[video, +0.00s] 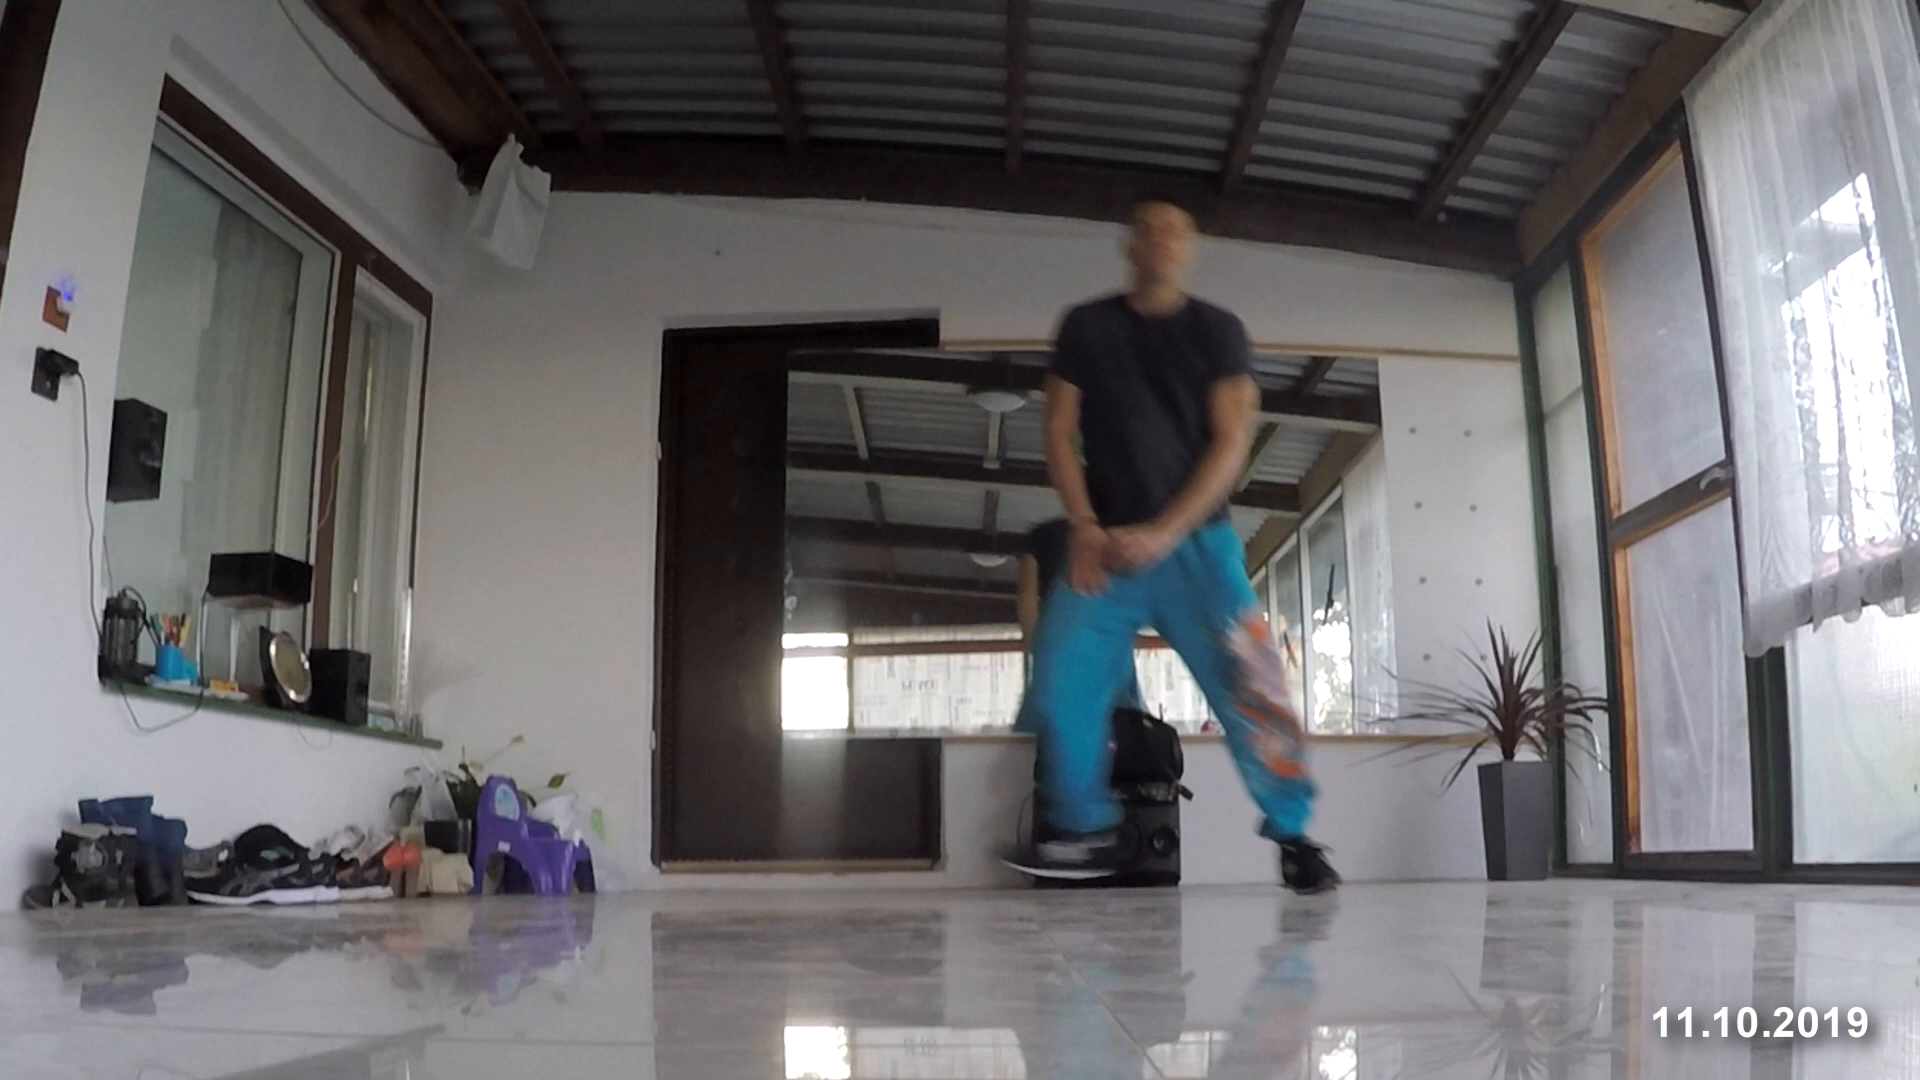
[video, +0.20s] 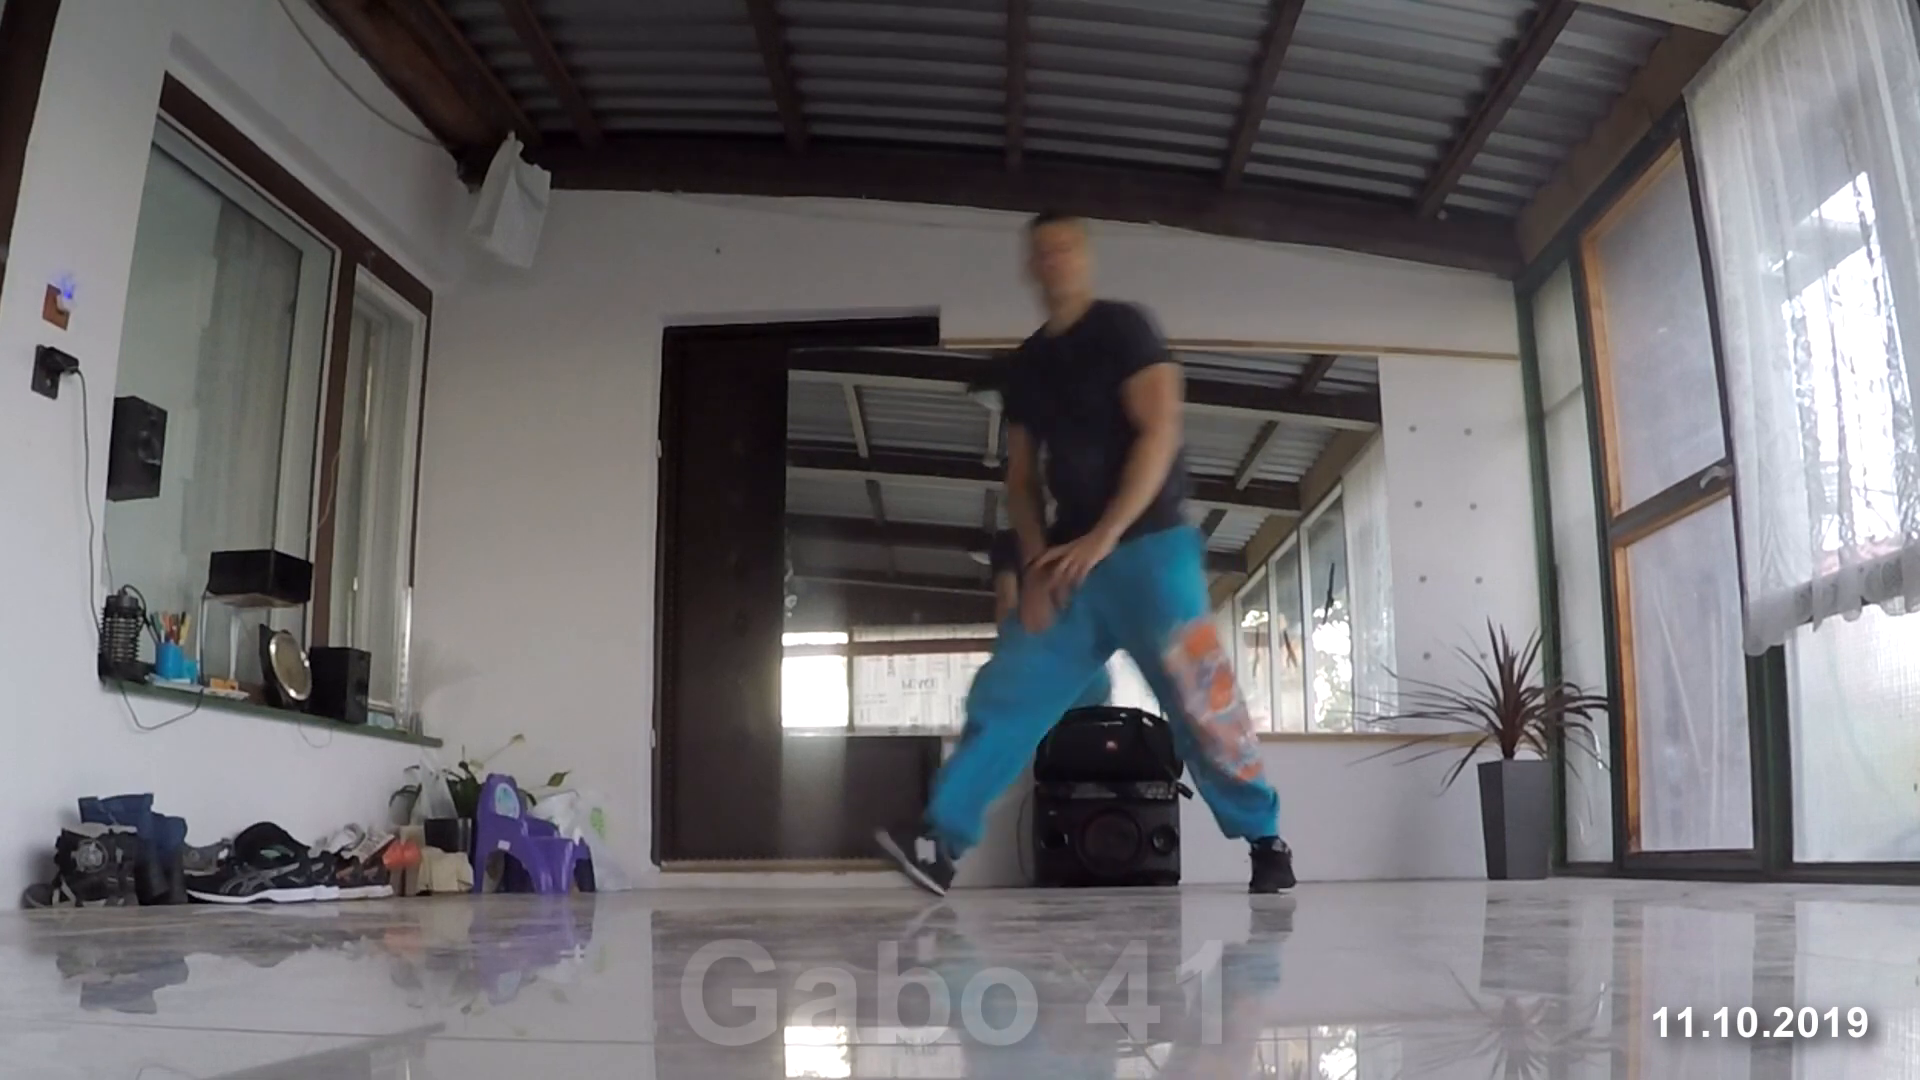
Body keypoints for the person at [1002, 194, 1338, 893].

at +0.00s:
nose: (1159, 244)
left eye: (1172, 233)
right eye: (1148, 232)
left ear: (1191, 248)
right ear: (1129, 245)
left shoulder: (1217, 330)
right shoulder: (1085, 326)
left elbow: (1231, 447)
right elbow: (1059, 433)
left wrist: (1163, 530)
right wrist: (1082, 524)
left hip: (1196, 543)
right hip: (1103, 544)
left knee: (1249, 685)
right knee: (1062, 692)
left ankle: (1295, 837)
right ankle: (1084, 836)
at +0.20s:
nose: (1055, 262)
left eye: (1065, 249)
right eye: (1044, 252)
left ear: (1088, 257)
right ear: (1030, 266)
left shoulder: (1126, 326)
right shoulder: (1027, 363)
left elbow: (1161, 432)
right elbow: (1020, 480)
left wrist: (1103, 534)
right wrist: (1035, 564)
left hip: (1152, 548)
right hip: (1068, 560)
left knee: (1198, 694)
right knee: (1009, 693)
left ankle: (1265, 840)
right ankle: (940, 842)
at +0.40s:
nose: (933, 273)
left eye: (945, 260)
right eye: (922, 265)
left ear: (974, 270)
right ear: (914, 281)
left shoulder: (1009, 333)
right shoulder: (929, 378)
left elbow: (1068, 430)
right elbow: (940, 482)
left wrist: (1054, 543)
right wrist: (953, 559)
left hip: (1064, 547)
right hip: (984, 563)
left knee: (1108, 681)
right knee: (939, 697)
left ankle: (1219, 803)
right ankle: (921, 854)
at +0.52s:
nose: (896, 274)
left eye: (908, 261)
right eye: (884, 264)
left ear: (934, 269)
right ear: (872, 279)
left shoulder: (979, 333)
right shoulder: (883, 374)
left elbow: (1063, 413)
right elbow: (852, 470)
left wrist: (1066, 512)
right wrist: (851, 543)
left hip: (1017, 530)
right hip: (949, 543)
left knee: (979, 652)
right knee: (913, 688)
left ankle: (1111, 743)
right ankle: (917, 854)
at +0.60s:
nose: (885, 263)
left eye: (898, 250)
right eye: (872, 253)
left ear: (922, 258)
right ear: (857, 266)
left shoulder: (966, 325)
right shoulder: (852, 355)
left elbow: (1063, 391)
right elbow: (803, 434)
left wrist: (1064, 489)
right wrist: (775, 497)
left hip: (996, 513)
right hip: (931, 529)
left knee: (913, 617)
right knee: (895, 680)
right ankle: (913, 853)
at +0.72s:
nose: (890, 224)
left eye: (904, 212)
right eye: (879, 211)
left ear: (926, 222)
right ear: (859, 217)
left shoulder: (955, 301)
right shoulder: (832, 299)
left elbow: (1030, 393)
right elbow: (772, 375)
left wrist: (1023, 501)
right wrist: (723, 450)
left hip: (943, 496)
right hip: (883, 504)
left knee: (858, 612)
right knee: (901, 666)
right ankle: (923, 848)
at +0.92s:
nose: (903, 221)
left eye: (921, 214)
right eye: (895, 204)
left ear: (935, 232)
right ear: (871, 206)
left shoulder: (919, 324)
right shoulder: (812, 278)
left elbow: (927, 457)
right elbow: (743, 348)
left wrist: (921, 569)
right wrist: (669, 418)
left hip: (855, 517)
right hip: (789, 510)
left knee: (807, 670)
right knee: (794, 673)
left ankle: (746, 851)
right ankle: (903, 827)